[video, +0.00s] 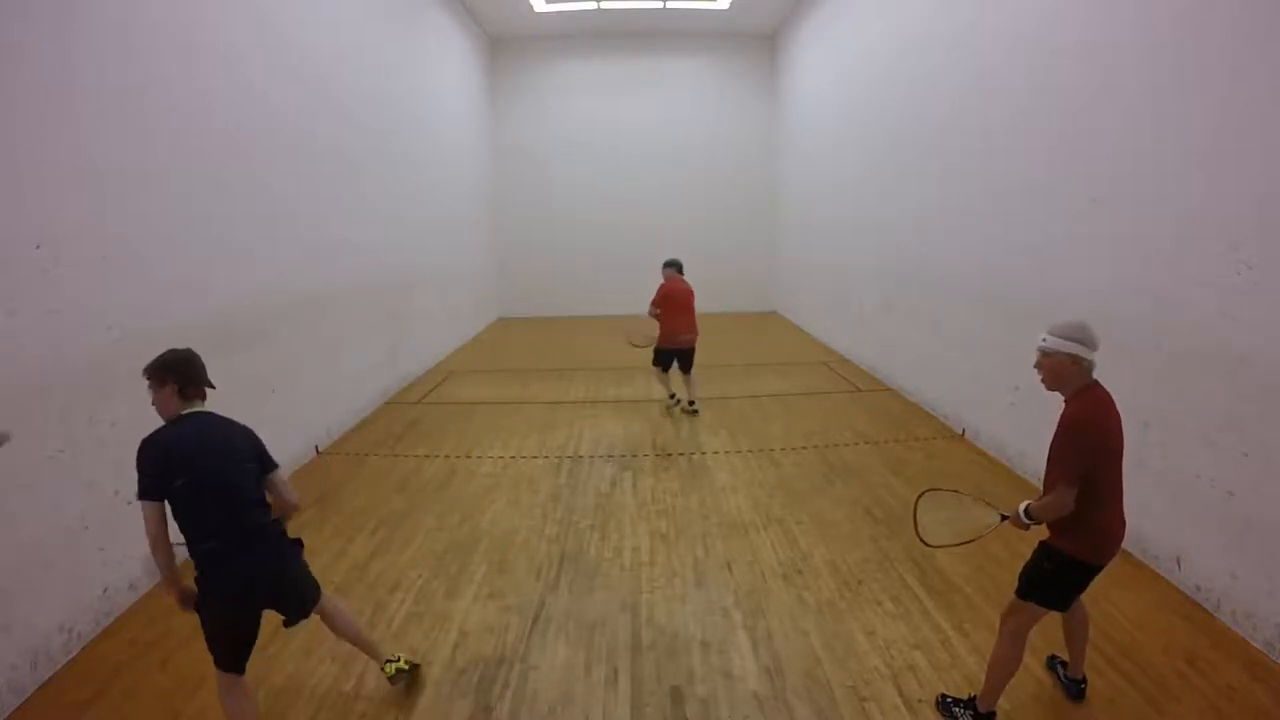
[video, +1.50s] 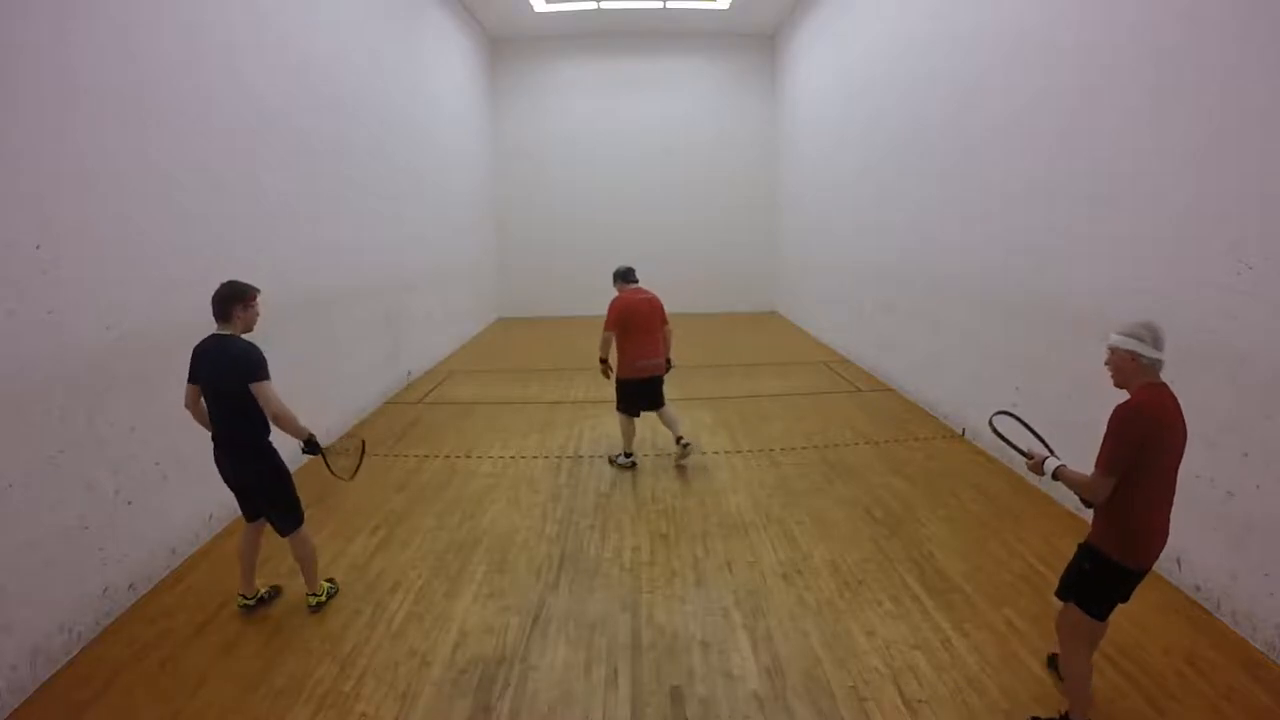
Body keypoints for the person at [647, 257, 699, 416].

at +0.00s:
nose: (663, 276)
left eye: (664, 272)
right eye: (663, 272)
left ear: (671, 271)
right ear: (680, 272)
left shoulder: (665, 288)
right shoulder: (688, 288)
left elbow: (652, 310)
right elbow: (683, 310)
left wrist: (667, 317)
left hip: (668, 339)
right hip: (688, 340)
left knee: (660, 368)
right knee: (686, 371)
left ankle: (671, 395)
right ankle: (691, 402)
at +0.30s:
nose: (667, 282)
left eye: (668, 278)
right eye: (666, 278)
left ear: (675, 276)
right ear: (685, 276)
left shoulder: (668, 294)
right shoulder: (700, 293)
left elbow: (655, 323)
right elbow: (716, 315)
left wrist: (663, 336)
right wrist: (727, 334)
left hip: (678, 352)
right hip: (700, 350)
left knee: (682, 391)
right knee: (698, 378)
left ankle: (693, 429)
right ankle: (699, 409)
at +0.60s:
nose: (675, 284)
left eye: (676, 280)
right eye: (675, 280)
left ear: (680, 279)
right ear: (695, 279)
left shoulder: (675, 299)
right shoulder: (710, 299)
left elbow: (663, 327)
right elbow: (717, 329)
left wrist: (652, 353)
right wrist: (709, 349)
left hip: (682, 365)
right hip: (708, 365)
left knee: (684, 398)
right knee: (709, 403)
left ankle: (693, 431)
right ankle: (714, 444)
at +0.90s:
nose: (676, 285)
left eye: (676, 281)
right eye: (676, 281)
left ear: (681, 280)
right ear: (697, 280)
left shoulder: (674, 302)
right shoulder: (712, 303)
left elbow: (665, 333)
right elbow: (719, 336)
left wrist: (664, 359)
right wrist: (710, 357)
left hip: (678, 370)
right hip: (705, 370)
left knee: (675, 401)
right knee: (708, 414)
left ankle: (682, 437)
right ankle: (712, 460)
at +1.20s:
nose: (650, 291)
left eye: (650, 287)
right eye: (650, 287)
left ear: (654, 285)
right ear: (671, 283)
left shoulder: (652, 306)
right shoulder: (689, 304)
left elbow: (641, 338)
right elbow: (702, 335)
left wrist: (634, 360)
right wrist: (703, 361)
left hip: (660, 375)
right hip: (690, 373)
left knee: (643, 410)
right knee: (699, 415)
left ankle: (632, 453)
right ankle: (711, 459)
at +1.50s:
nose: (616, 289)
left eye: (615, 285)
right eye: (615, 286)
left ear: (619, 283)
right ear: (635, 280)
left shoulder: (619, 302)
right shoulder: (653, 299)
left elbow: (608, 335)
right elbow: (666, 329)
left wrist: (603, 360)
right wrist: (667, 356)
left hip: (630, 369)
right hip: (656, 366)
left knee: (626, 412)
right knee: (659, 405)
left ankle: (627, 455)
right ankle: (680, 439)